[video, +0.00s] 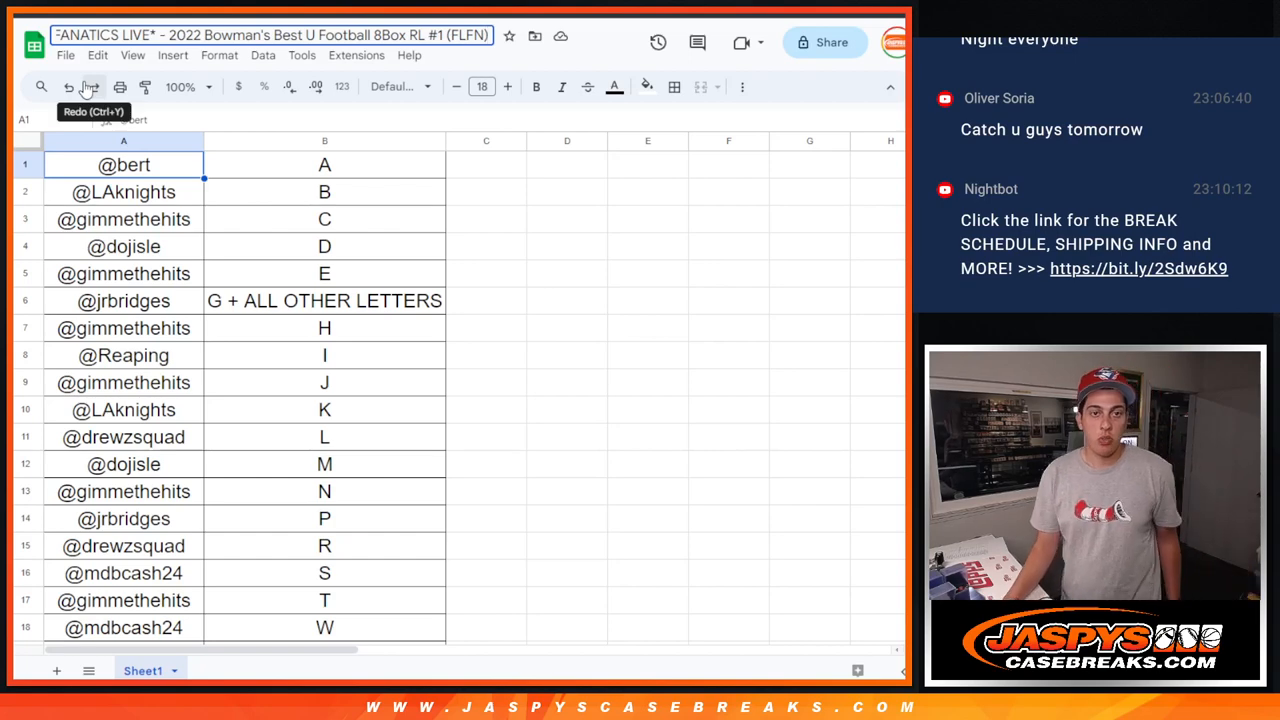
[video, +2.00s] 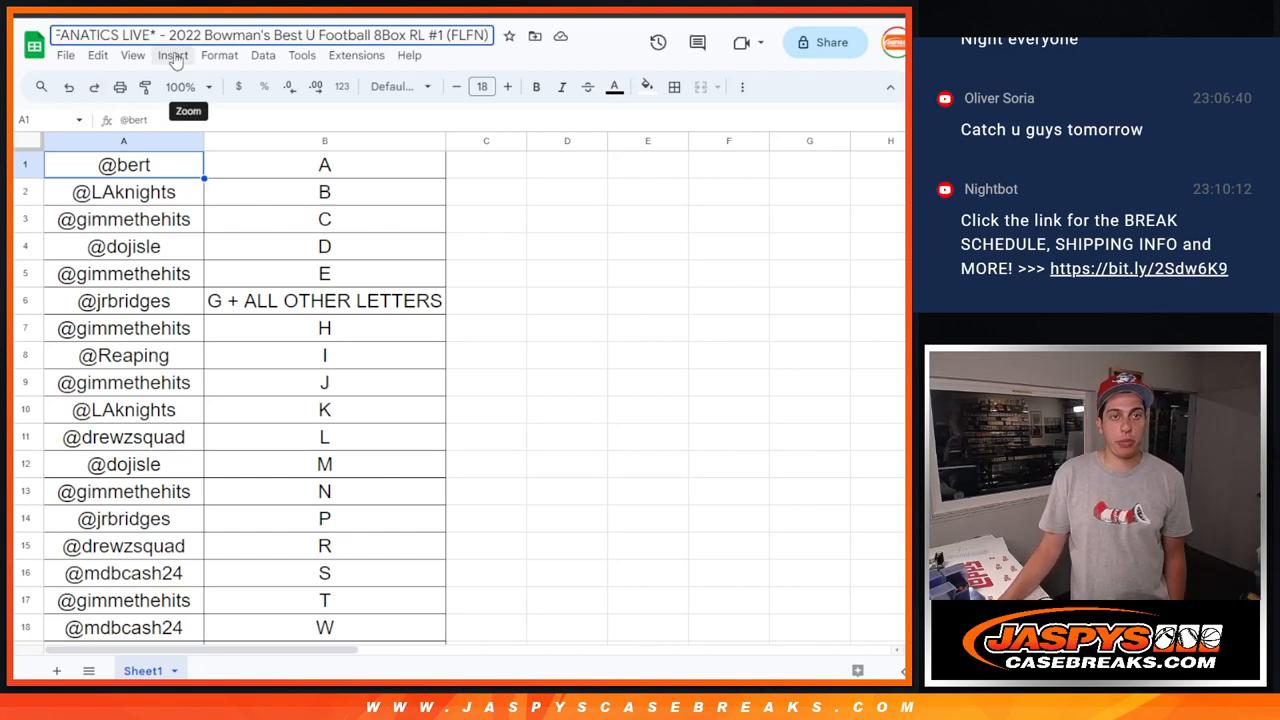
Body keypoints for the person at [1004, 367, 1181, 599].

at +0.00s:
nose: (1106, 424)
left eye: (1116, 413)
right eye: (1096, 412)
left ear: (1127, 419)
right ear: (1080, 419)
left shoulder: (1156, 471)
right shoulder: (1057, 473)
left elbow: (1167, 539)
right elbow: (1044, 546)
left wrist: (1173, 597)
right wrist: (1012, 597)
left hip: (1141, 601)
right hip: (1078, 605)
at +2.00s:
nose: (1126, 427)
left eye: (1136, 415)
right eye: (1115, 416)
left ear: (1146, 421)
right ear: (1100, 424)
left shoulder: (1169, 479)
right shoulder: (1071, 475)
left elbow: (1175, 554)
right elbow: (1049, 548)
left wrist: (1175, 603)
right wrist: (1006, 600)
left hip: (1149, 602)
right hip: (1087, 603)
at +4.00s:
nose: (1129, 427)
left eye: (1138, 415)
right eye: (1117, 416)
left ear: (1150, 421)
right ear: (1102, 424)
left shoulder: (1174, 480)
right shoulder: (1074, 476)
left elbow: (1179, 557)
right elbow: (1051, 548)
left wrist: (1180, 612)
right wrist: (1005, 601)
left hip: (1152, 607)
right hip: (1090, 607)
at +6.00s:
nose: (1126, 424)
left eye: (1135, 413)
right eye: (1115, 415)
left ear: (1149, 421)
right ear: (1102, 425)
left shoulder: (1175, 480)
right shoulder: (1074, 475)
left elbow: (1179, 556)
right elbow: (1051, 549)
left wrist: (1180, 611)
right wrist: (1007, 599)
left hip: (1152, 606)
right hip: (1090, 606)